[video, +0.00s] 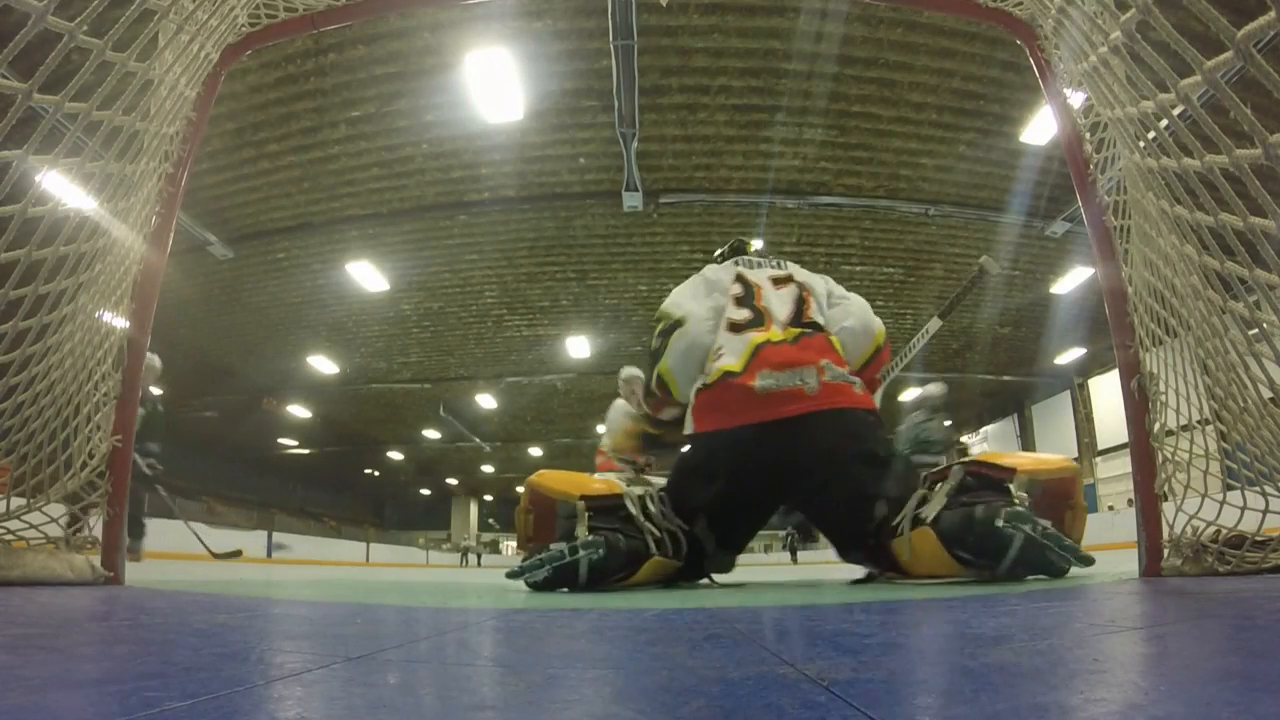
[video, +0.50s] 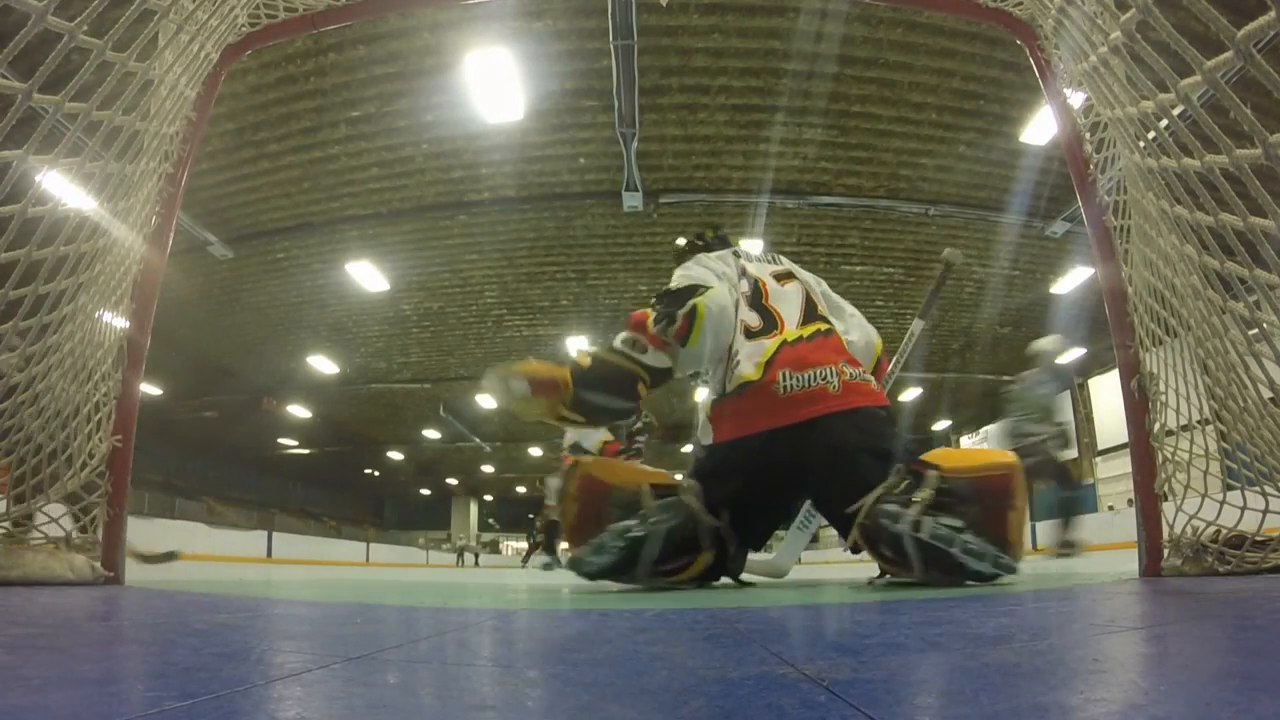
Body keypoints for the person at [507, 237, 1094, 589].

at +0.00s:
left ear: (718, 263)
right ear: (771, 261)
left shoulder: (700, 283)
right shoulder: (817, 282)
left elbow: (675, 353)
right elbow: (873, 340)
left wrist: (636, 438)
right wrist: (856, 411)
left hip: (729, 422)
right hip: (835, 413)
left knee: (682, 542)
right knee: (894, 537)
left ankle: (613, 553)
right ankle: (978, 535)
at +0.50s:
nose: (679, 271)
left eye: (681, 262)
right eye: (683, 264)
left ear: (698, 253)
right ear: (746, 247)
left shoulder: (703, 264)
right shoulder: (801, 277)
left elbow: (680, 309)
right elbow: (871, 344)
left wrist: (611, 378)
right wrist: (849, 404)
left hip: (758, 420)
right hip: (854, 406)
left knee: (707, 531)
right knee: (880, 510)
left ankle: (668, 534)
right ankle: (921, 525)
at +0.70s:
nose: (660, 271)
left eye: (661, 260)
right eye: (663, 260)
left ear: (676, 249)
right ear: (721, 237)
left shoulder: (689, 266)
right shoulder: (777, 269)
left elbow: (657, 332)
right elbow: (843, 344)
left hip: (766, 420)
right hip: (854, 401)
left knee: (721, 519)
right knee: (874, 506)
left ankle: (694, 534)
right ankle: (920, 523)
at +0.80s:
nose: (641, 284)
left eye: (642, 273)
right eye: (642, 276)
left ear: (660, 252)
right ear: (705, 239)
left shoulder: (683, 272)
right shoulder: (758, 271)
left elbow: (641, 347)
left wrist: (578, 401)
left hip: (773, 431)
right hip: (856, 405)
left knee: (732, 539)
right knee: (888, 513)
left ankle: (727, 541)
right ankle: (939, 521)